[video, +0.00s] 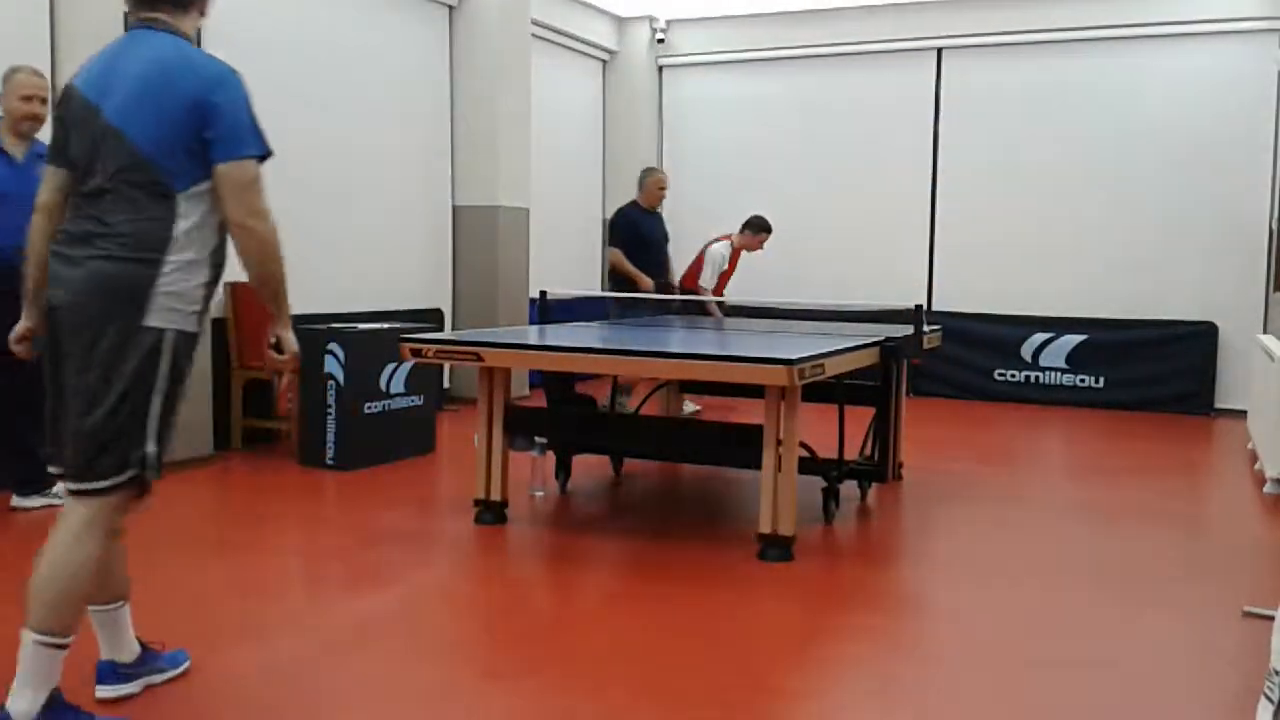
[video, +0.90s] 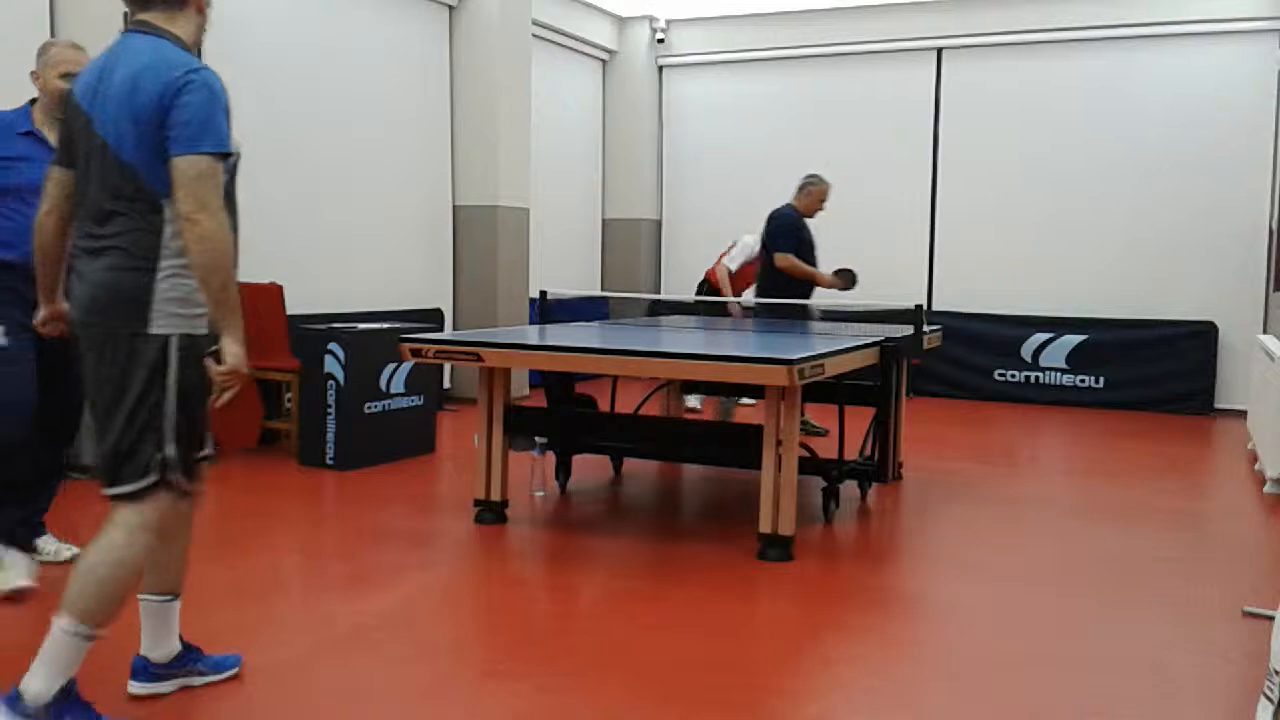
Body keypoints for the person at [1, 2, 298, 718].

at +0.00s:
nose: (209, 14)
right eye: (208, 7)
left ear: (130, 8)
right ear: (197, 7)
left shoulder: (88, 74)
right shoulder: (210, 79)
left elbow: (49, 204)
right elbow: (246, 218)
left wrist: (33, 307)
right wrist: (281, 315)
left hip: (70, 302)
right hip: (143, 311)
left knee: (102, 490)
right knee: (95, 500)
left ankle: (121, 657)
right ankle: (29, 699)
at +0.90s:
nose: (210, 19)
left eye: (205, 13)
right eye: (209, 12)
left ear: (134, 7)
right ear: (197, 9)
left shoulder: (92, 76)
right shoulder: (191, 82)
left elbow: (56, 202)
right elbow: (199, 216)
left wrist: (49, 294)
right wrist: (231, 329)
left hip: (108, 311)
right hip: (159, 319)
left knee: (178, 479)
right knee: (150, 499)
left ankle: (162, 653)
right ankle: (38, 694)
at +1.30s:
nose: (295, 26)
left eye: (291, 17)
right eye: (294, 17)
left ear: (225, 16)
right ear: (283, 17)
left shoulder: (180, 85)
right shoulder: (279, 88)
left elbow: (147, 207)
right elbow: (291, 213)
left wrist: (217, 240)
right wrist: (342, 316)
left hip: (184, 316)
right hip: (266, 317)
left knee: (185, 479)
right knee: (330, 466)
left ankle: (160, 654)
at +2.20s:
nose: (541, 62)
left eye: (538, 52)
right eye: (541, 52)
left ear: (479, 52)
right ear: (530, 52)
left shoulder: (440, 120)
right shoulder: (532, 115)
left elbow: (414, 235)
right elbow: (577, 229)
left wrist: (437, 308)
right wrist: (605, 273)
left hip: (458, 311)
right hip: (516, 313)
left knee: (503, 456)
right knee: (539, 465)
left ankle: (525, 592)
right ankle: (439, 610)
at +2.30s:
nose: (565, 72)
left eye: (563, 61)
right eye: (564, 61)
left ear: (507, 56)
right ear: (552, 59)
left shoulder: (467, 117)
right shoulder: (552, 117)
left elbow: (441, 228)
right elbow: (594, 229)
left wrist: (462, 300)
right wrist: (615, 238)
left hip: (473, 311)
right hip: (532, 311)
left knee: (510, 448)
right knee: (586, 453)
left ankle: (525, 588)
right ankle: (491, 588)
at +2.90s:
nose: (617, 115)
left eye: (616, 104)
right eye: (617, 105)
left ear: (562, 92)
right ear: (608, 104)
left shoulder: (502, 140)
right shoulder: (591, 160)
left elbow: (450, 227)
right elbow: (611, 274)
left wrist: (480, 286)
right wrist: (644, 262)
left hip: (459, 311)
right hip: (527, 321)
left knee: (449, 422)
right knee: (602, 455)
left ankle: (395, 547)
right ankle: (591, 619)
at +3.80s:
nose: (524, 141)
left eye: (526, 131)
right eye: (525, 131)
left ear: (470, 119)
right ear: (511, 130)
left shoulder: (422, 154)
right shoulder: (474, 185)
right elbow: (476, 293)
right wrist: (539, 270)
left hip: (359, 310)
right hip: (402, 322)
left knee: (357, 454)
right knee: (455, 445)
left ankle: (324, 595)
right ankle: (473, 599)